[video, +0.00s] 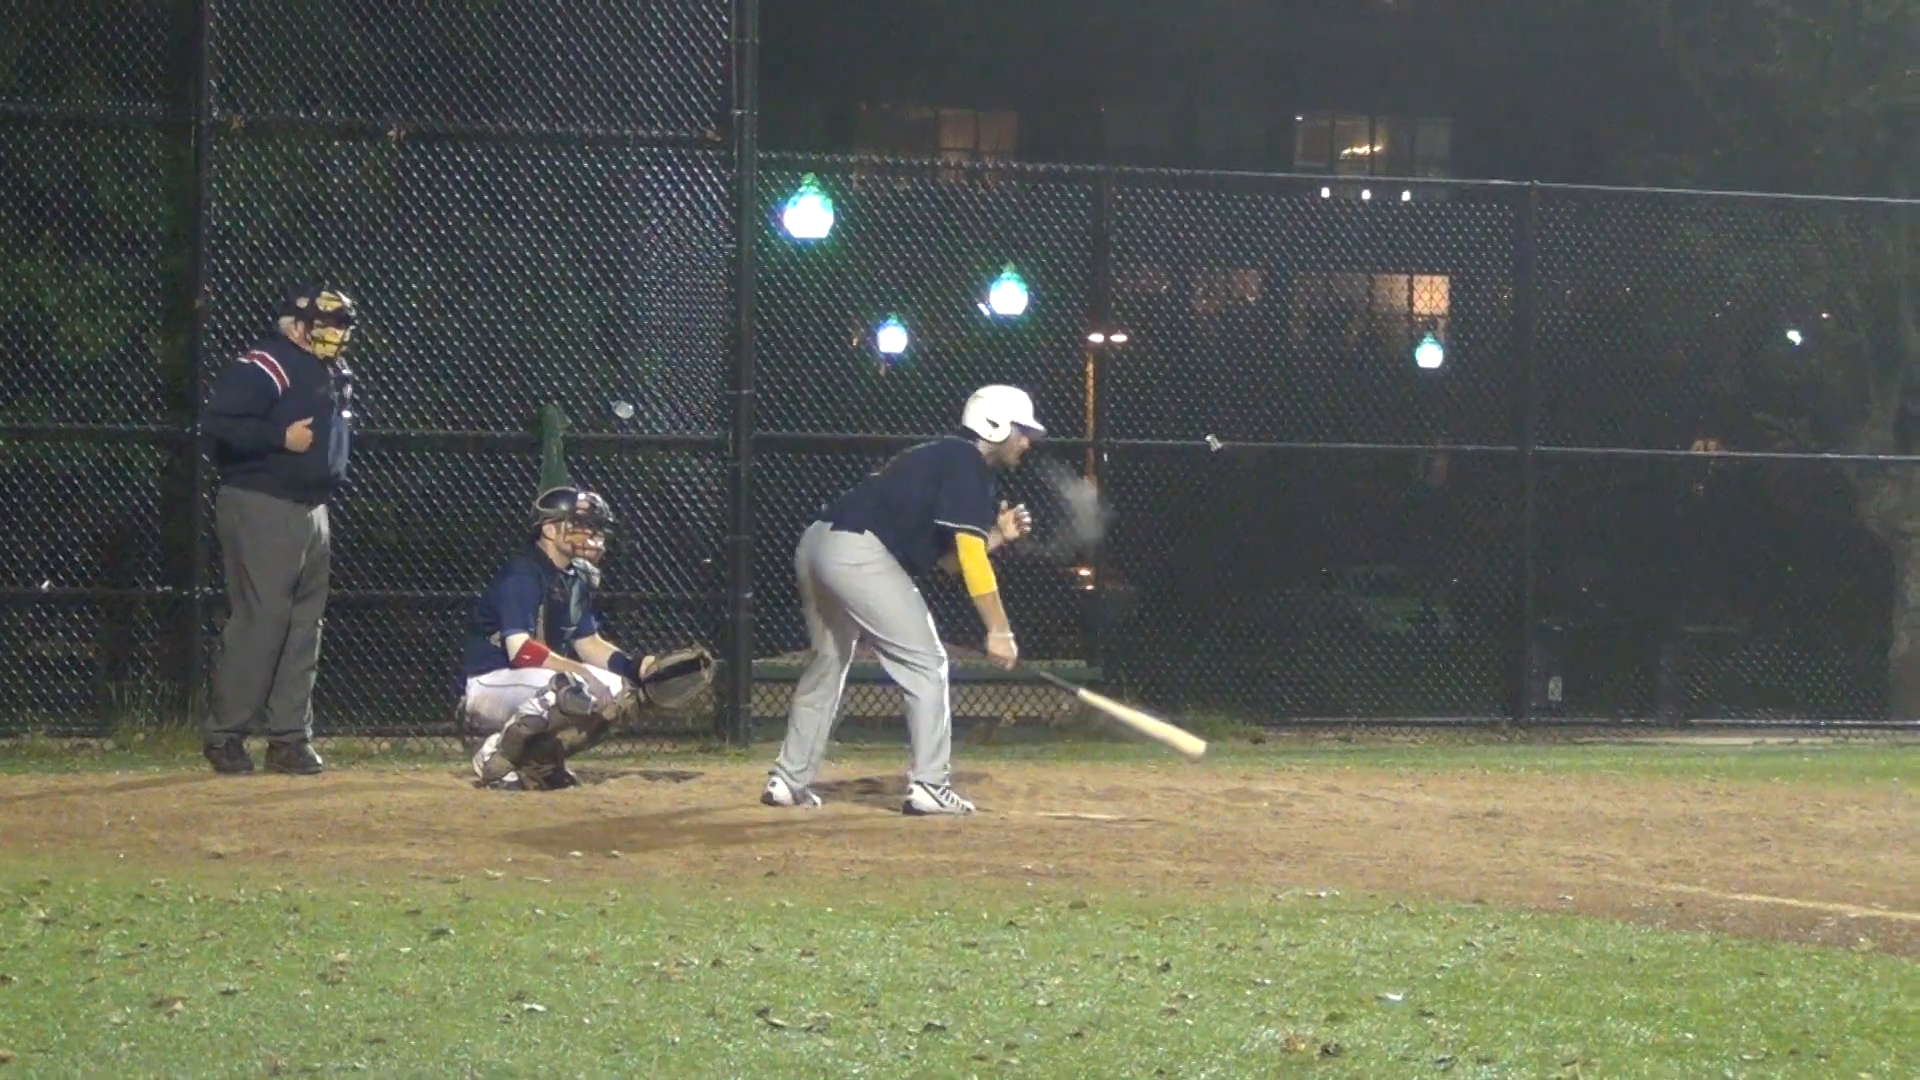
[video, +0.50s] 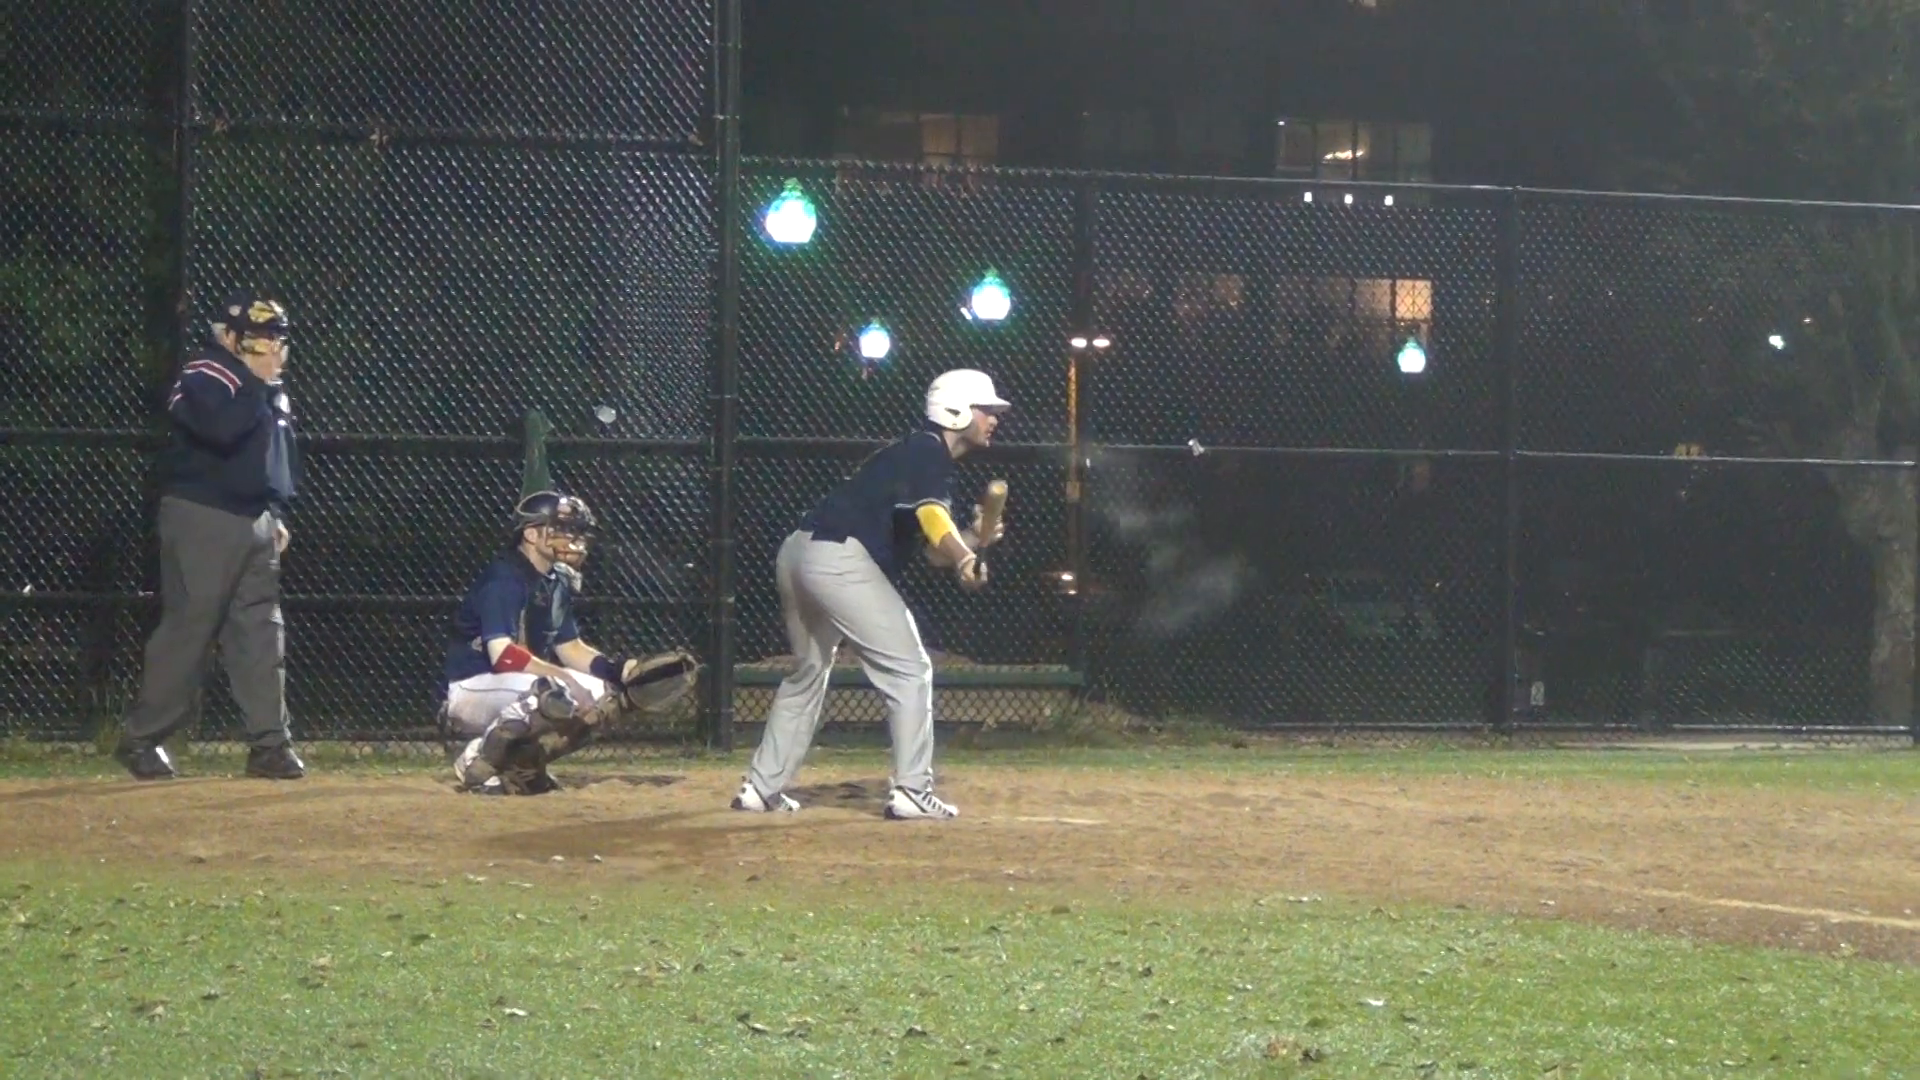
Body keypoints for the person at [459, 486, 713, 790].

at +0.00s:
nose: (586, 534)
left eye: (588, 526)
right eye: (576, 525)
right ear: (549, 531)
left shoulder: (574, 577)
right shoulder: (523, 573)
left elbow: (588, 642)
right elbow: (520, 650)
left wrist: (638, 668)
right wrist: (585, 677)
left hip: (541, 676)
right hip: (490, 684)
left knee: (620, 689)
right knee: (571, 691)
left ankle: (542, 759)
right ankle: (496, 759)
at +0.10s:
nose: (579, 540)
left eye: (582, 532)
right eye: (568, 530)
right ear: (538, 534)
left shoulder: (562, 581)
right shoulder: (511, 575)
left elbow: (576, 646)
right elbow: (508, 654)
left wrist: (627, 671)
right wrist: (572, 681)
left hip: (529, 680)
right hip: (477, 688)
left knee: (610, 693)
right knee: (559, 694)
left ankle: (530, 764)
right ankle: (483, 763)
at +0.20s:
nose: (576, 541)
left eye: (578, 533)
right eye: (564, 532)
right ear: (534, 535)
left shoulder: (559, 581)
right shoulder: (508, 575)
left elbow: (573, 646)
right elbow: (506, 655)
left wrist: (624, 671)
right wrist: (570, 683)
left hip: (526, 680)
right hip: (474, 688)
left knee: (607, 693)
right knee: (557, 695)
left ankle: (527, 763)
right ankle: (480, 764)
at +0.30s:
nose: (577, 543)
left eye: (579, 535)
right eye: (566, 533)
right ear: (534, 535)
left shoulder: (558, 581)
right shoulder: (506, 576)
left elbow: (571, 647)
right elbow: (504, 654)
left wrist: (624, 671)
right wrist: (569, 683)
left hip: (524, 681)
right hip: (472, 689)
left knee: (608, 692)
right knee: (554, 694)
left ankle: (527, 762)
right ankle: (480, 763)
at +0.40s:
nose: (572, 541)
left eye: (574, 532)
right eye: (560, 532)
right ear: (531, 536)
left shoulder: (556, 581)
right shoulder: (503, 576)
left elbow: (569, 648)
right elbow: (501, 654)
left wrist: (621, 672)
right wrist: (567, 683)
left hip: (522, 681)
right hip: (470, 690)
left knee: (608, 694)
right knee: (548, 695)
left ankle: (524, 763)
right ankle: (478, 763)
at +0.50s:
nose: (572, 540)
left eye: (574, 532)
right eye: (562, 531)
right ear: (531, 535)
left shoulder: (556, 581)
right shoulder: (503, 577)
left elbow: (569, 647)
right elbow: (503, 656)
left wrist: (621, 670)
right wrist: (566, 682)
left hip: (522, 681)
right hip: (470, 690)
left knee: (606, 694)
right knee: (552, 696)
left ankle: (524, 764)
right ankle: (478, 761)